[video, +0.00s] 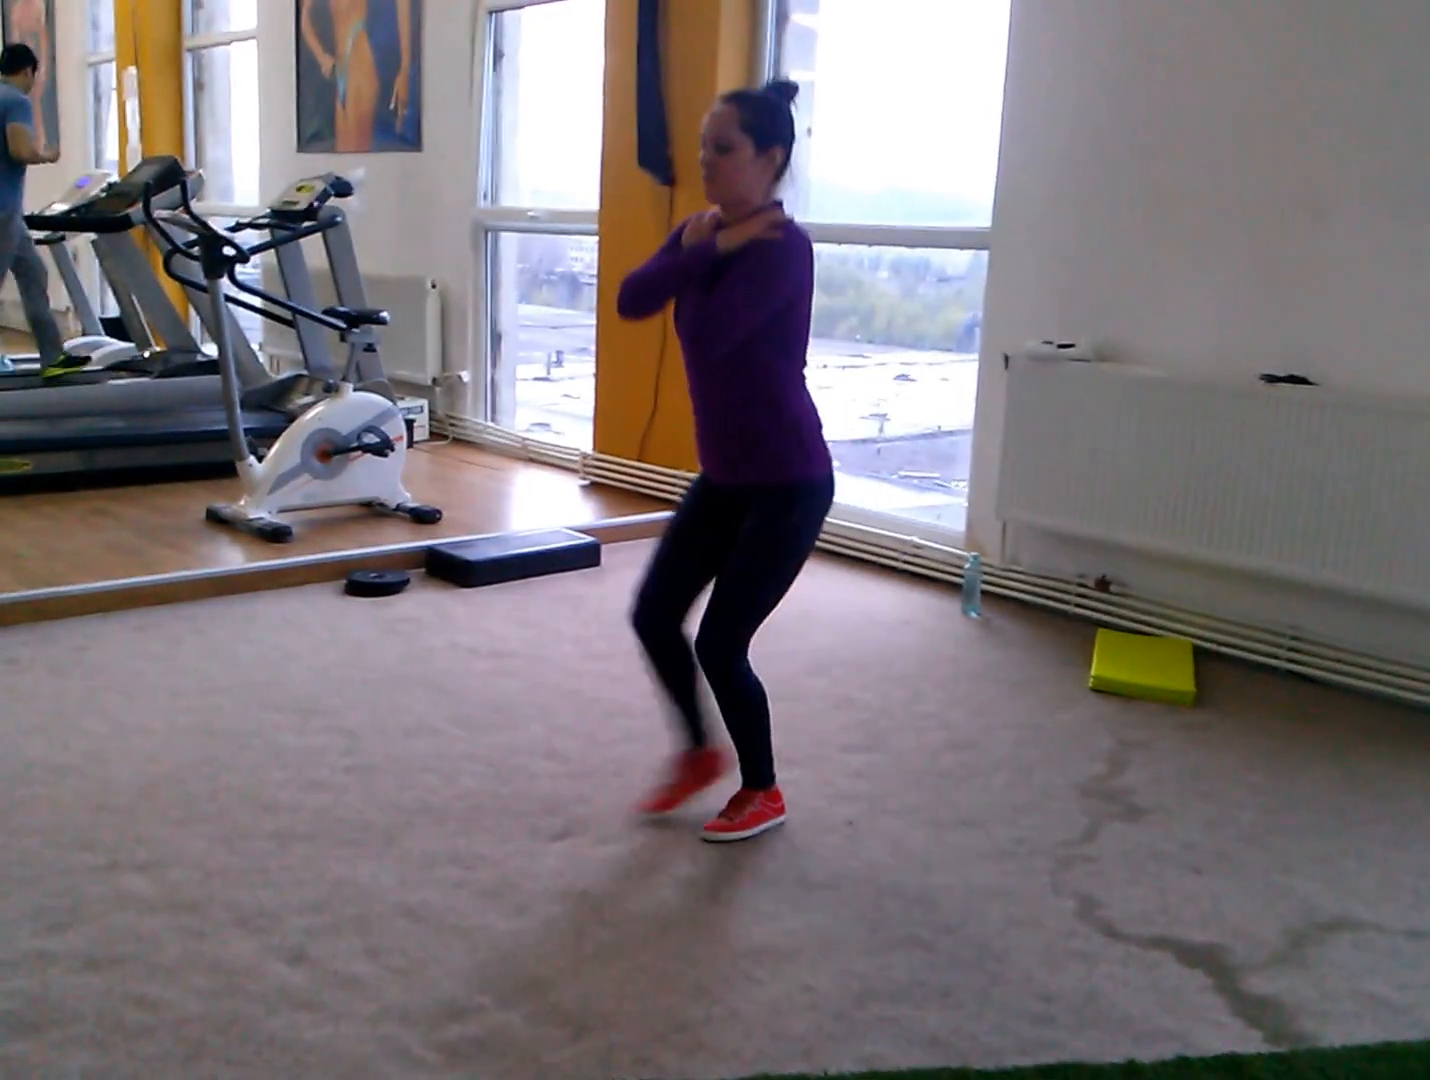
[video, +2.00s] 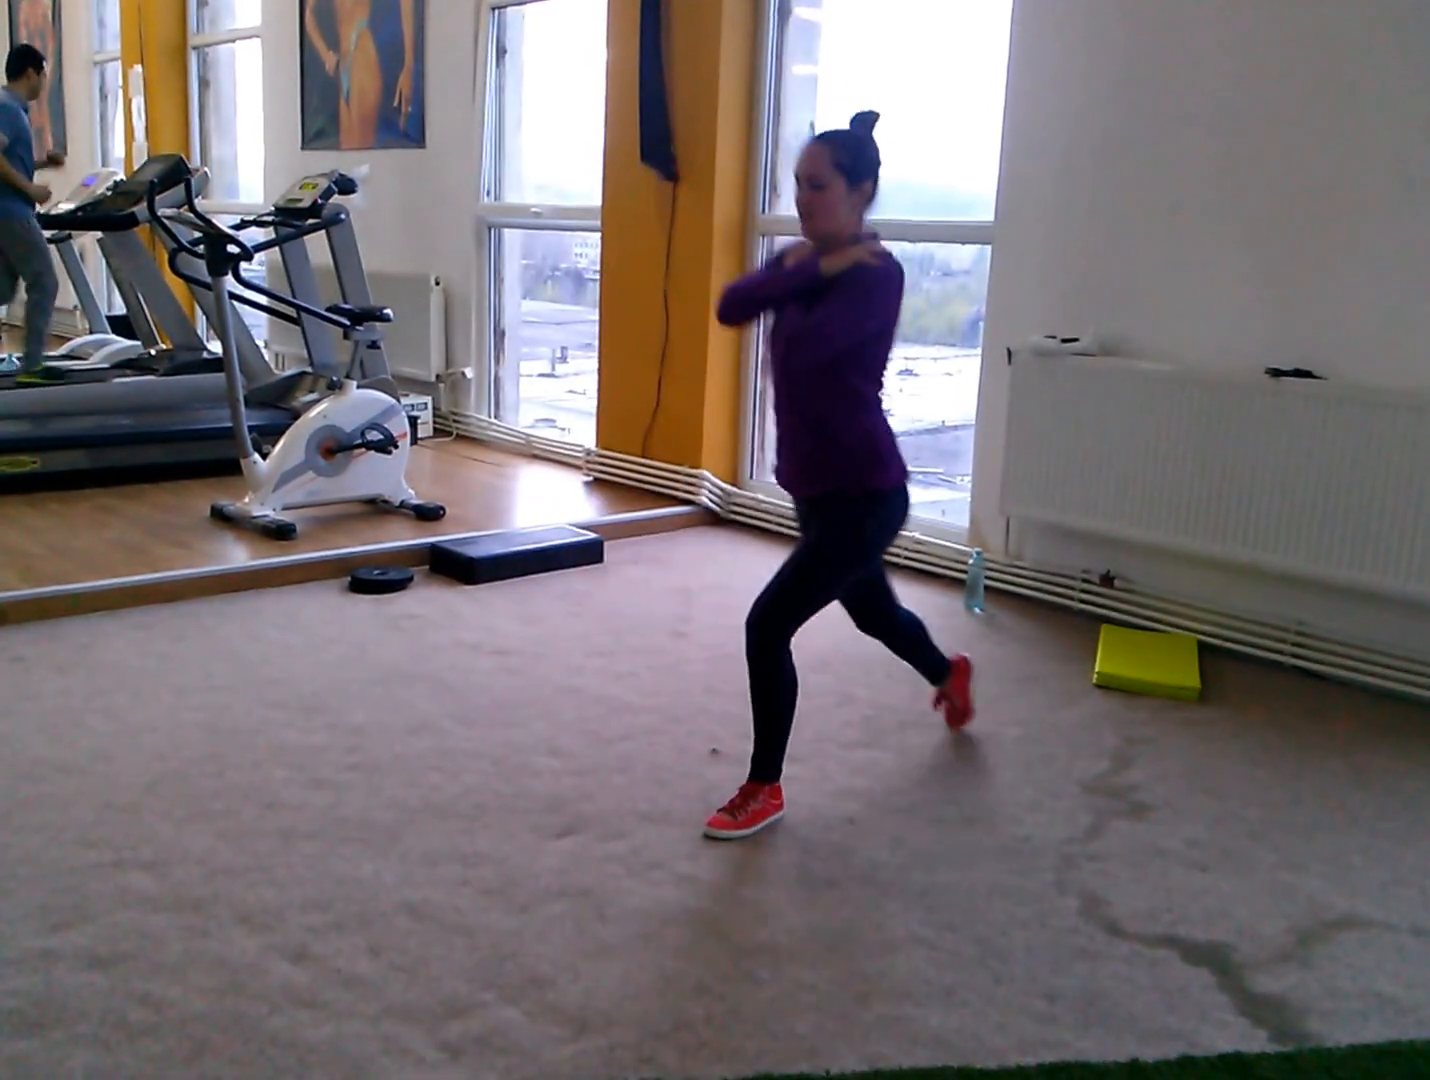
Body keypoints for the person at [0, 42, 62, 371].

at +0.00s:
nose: (34, 81)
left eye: (35, 75)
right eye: (34, 74)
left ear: (7, 70)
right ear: (26, 71)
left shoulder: (8, 99)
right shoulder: (15, 101)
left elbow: (21, 149)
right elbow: (20, 150)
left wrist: (40, 153)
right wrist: (45, 154)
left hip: (10, 213)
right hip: (6, 214)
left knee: (33, 274)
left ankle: (53, 355)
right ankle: (52, 354)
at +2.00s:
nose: (44, 83)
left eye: (43, 76)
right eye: (42, 75)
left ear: (18, 73)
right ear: (31, 73)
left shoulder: (15, 110)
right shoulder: (10, 110)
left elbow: (12, 161)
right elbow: (3, 158)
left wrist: (43, 162)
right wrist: (28, 188)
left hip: (13, 209)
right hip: (12, 210)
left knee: (5, 287)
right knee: (44, 280)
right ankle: (32, 363)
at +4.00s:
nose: (61, 79)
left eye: (61, 72)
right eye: (59, 72)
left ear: (33, 73)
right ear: (46, 72)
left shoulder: (19, 104)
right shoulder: (35, 107)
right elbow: (27, 157)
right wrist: (66, 192)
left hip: (18, 211)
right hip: (30, 212)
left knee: (44, 286)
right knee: (70, 281)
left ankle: (20, 357)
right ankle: (10, 326)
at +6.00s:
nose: (116, 90)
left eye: (115, 83)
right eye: (114, 83)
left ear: (84, 84)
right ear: (103, 84)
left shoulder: (61, 118)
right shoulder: (94, 121)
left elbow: (39, 163)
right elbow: (102, 174)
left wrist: (70, 183)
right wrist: (128, 181)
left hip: (69, 226)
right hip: (84, 228)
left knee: (122, 286)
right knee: (72, 302)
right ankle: (35, 376)